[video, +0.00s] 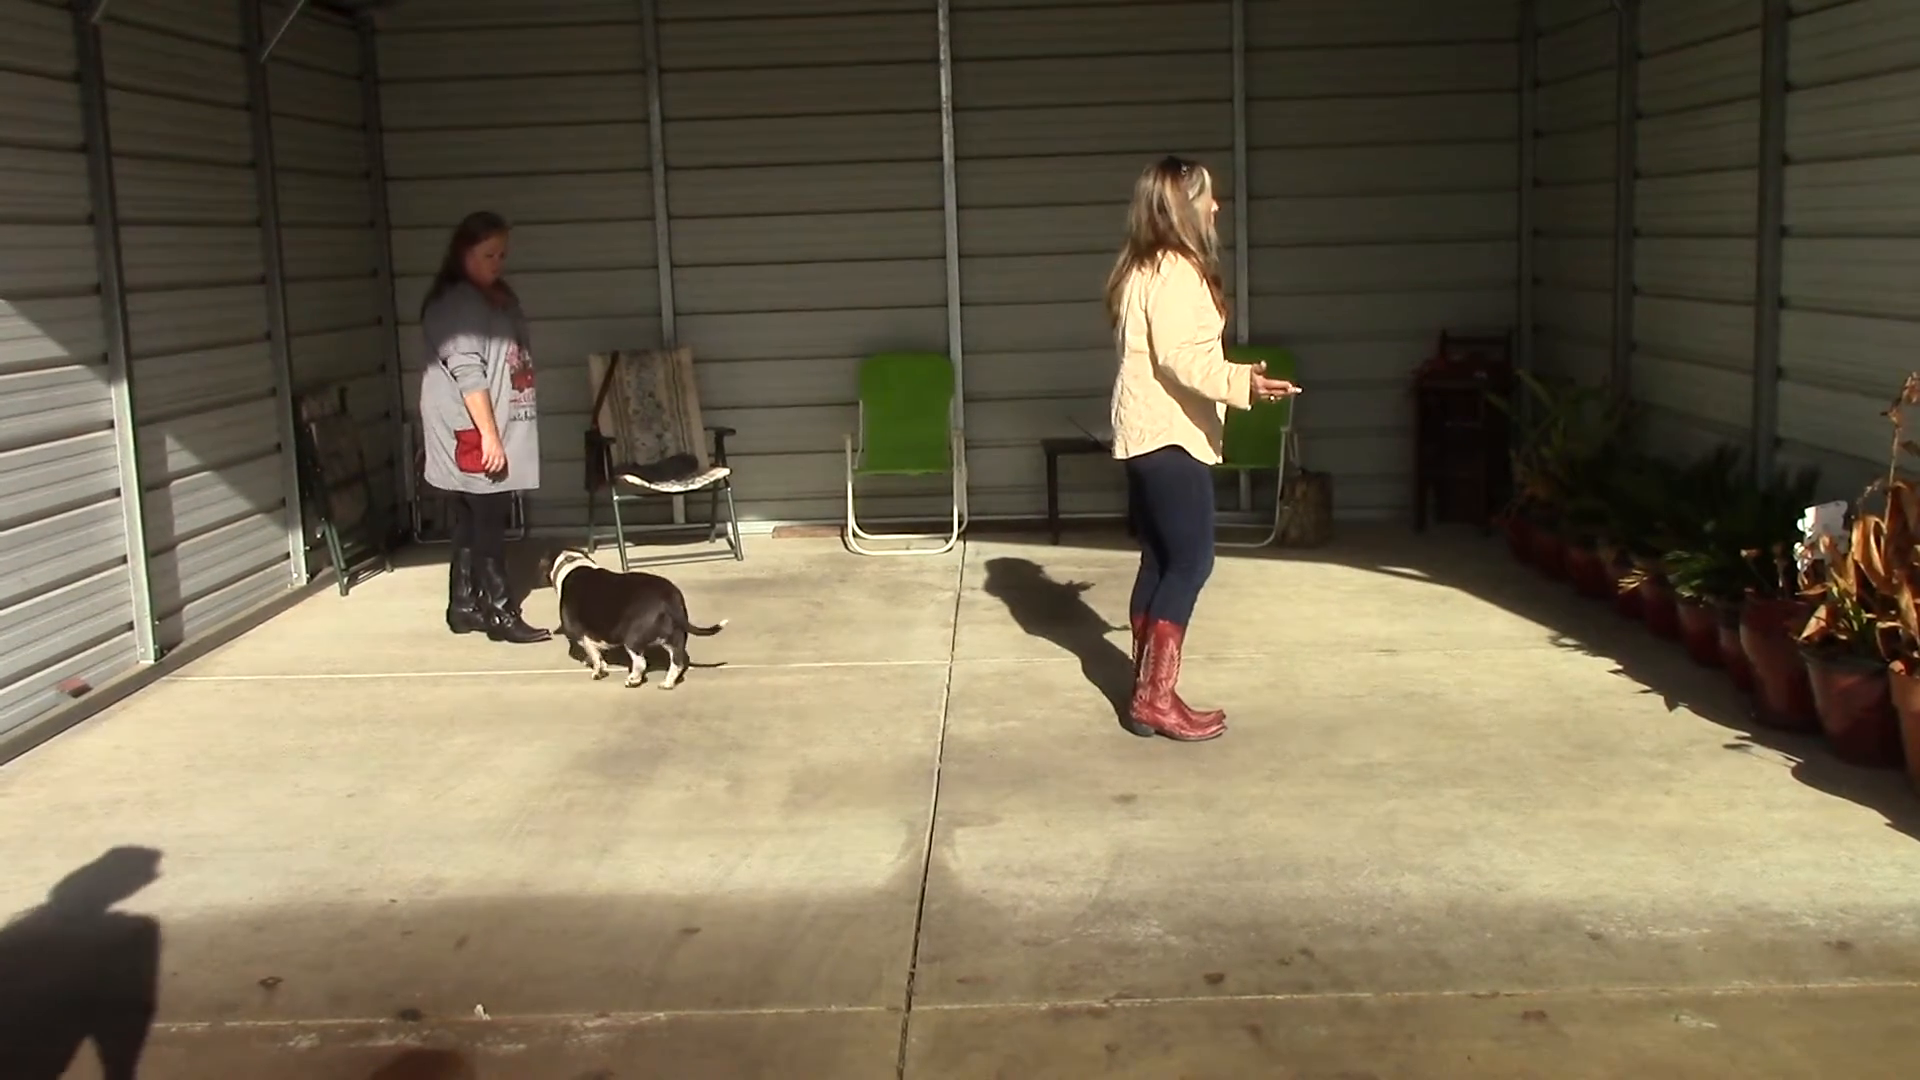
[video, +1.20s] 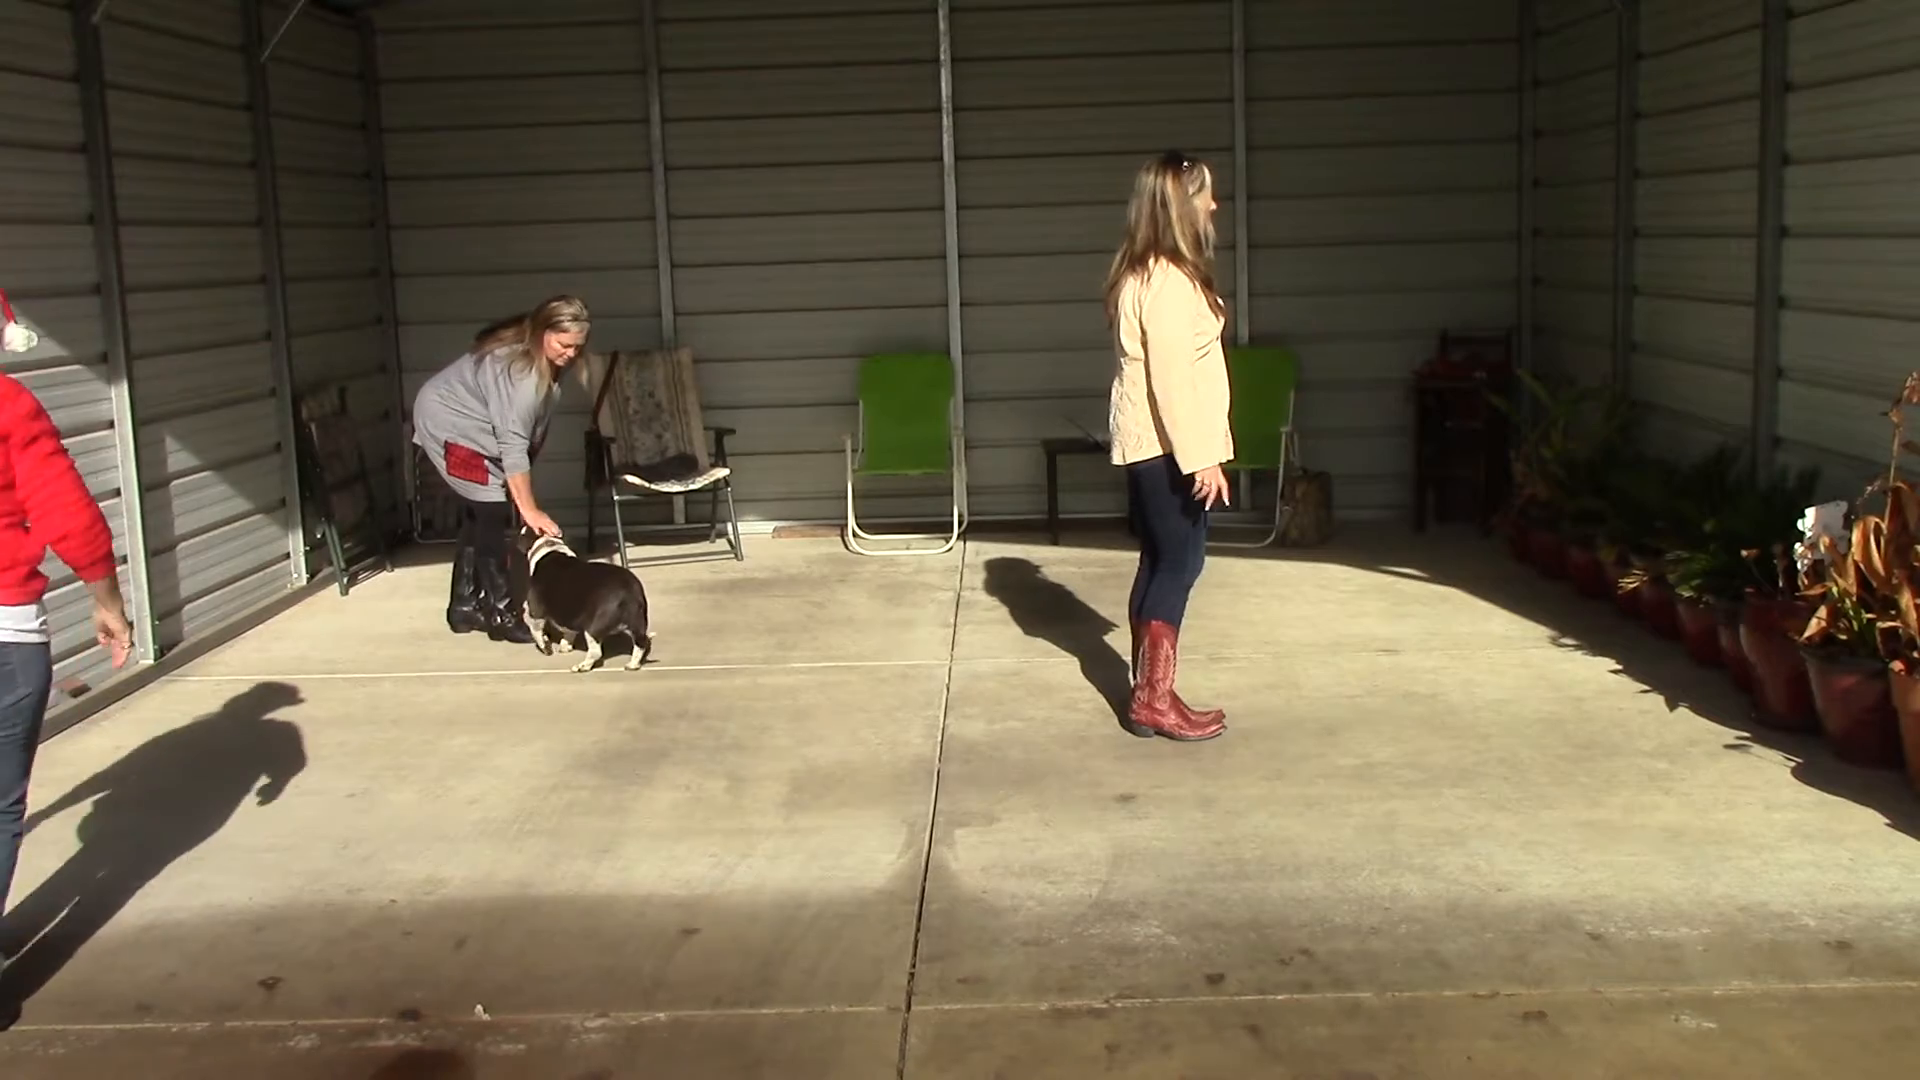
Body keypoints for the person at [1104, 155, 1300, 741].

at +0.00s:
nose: (1216, 209)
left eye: (1214, 198)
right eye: (1209, 199)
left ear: (1165, 206)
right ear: (1184, 206)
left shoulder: (1144, 271)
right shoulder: (1175, 272)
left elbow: (1167, 358)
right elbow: (1181, 356)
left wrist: (1237, 376)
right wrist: (1243, 382)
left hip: (1142, 439)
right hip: (1170, 440)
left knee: (1160, 558)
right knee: (1191, 559)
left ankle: (1150, 691)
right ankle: (1156, 698)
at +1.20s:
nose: (1216, 210)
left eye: (1214, 198)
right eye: (1208, 199)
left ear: (1159, 206)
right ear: (1184, 206)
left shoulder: (1148, 273)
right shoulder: (1168, 280)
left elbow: (1167, 378)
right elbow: (1172, 381)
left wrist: (1202, 450)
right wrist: (1201, 458)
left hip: (1145, 444)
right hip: (1163, 447)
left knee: (1158, 558)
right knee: (1181, 560)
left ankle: (1148, 691)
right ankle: (1155, 696)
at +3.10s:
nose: (1235, 223)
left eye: (1236, 212)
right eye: (1225, 213)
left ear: (1228, 217)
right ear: (1191, 216)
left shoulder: (1211, 287)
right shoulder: (1153, 293)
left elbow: (1212, 374)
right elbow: (1124, 388)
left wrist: (1227, 432)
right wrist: (1124, 471)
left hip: (1191, 451)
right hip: (1158, 452)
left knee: (1172, 563)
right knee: (1156, 565)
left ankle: (1158, 693)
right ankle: (1148, 698)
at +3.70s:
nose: (1225, 209)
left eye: (1224, 198)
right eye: (1218, 198)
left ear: (1168, 204)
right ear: (1190, 204)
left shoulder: (1150, 271)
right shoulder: (1184, 271)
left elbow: (1250, 300)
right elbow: (1261, 303)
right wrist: (1305, 235)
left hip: (1156, 433)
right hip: (1177, 435)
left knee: (1163, 563)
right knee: (1166, 564)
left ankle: (1153, 694)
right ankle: (1153, 698)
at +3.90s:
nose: (1218, 213)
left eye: (1217, 203)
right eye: (1211, 203)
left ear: (1162, 205)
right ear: (1187, 205)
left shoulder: (1145, 270)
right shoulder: (1184, 266)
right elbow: (1266, 277)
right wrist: (1278, 209)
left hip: (1154, 432)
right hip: (1181, 432)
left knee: (1162, 560)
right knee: (1168, 562)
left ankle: (1153, 695)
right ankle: (1152, 698)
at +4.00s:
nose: (1214, 213)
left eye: (1214, 202)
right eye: (1208, 203)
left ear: (1160, 205)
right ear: (1186, 205)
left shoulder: (1143, 270)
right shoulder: (1183, 262)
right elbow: (1265, 265)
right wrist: (1274, 198)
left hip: (1154, 432)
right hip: (1181, 431)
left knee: (1161, 562)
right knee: (1167, 565)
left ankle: (1153, 697)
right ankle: (1152, 700)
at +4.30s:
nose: (1210, 206)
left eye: (1207, 196)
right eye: (1203, 196)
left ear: (1160, 204)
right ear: (1177, 202)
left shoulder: (1143, 267)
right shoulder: (1170, 257)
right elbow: (1250, 248)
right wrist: (1266, 174)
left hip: (1159, 427)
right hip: (1178, 428)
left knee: (1163, 559)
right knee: (1168, 560)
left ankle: (1154, 695)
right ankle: (1151, 699)